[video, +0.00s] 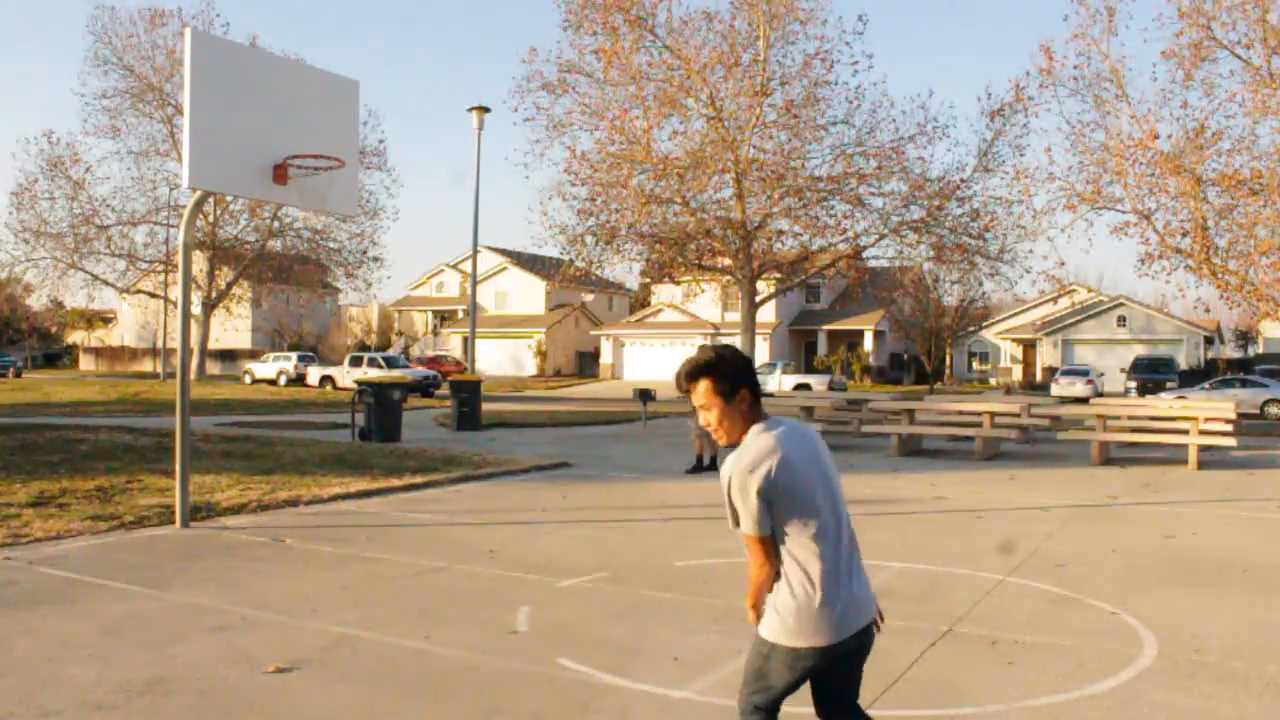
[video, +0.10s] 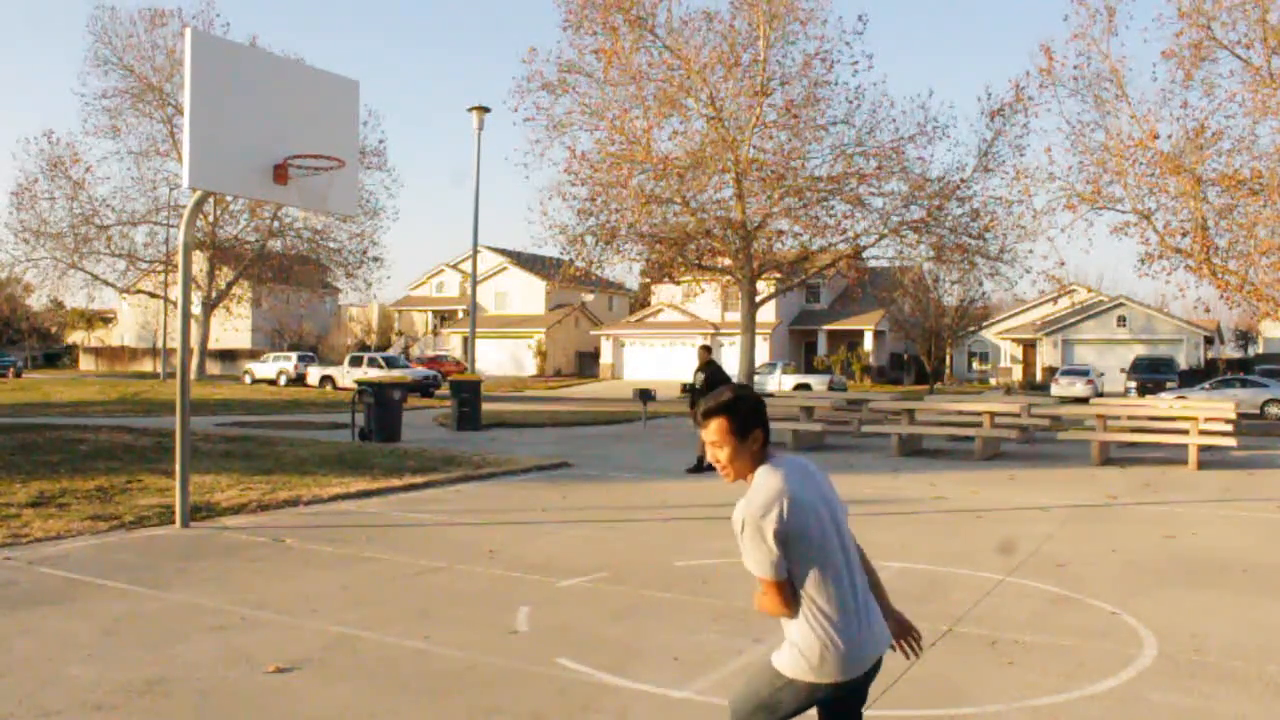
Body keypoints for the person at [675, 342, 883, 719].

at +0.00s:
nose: (703, 422)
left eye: (708, 408)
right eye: (698, 411)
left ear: (743, 398)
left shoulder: (743, 465)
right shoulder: (804, 434)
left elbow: (765, 563)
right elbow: (835, 528)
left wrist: (754, 604)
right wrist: (861, 594)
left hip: (802, 623)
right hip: (856, 611)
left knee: (755, 707)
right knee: (840, 710)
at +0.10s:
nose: (710, 458)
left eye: (718, 446)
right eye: (706, 445)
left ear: (756, 439)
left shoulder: (756, 507)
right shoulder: (804, 469)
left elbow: (784, 604)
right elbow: (851, 550)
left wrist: (762, 600)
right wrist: (887, 611)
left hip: (823, 656)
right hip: (868, 640)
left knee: (743, 710)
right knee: (841, 714)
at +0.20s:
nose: (696, 474)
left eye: (705, 461)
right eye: (691, 462)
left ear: (741, 456)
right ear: (688, 459)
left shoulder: (755, 515)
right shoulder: (779, 485)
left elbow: (790, 620)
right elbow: (828, 571)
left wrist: (748, 624)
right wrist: (861, 627)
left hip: (815, 662)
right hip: (849, 646)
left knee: (712, 712)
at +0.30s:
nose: (653, 461)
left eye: (662, 447)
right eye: (647, 448)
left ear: (700, 440)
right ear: (641, 447)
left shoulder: (721, 504)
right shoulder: (725, 473)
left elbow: (767, 603)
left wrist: (706, 645)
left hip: (788, 642)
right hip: (808, 629)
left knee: (687, 714)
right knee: (831, 715)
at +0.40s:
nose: (587, 462)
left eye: (596, 448)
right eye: (581, 449)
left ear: (635, 441)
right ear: (575, 445)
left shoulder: (669, 509)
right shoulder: (648, 484)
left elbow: (702, 622)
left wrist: (628, 689)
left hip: (740, 640)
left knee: (677, 712)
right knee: (773, 714)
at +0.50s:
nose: (511, 487)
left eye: (520, 472)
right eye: (506, 474)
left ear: (562, 464)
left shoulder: (602, 531)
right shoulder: (574, 506)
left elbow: (609, 661)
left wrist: (549, 716)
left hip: (690, 656)